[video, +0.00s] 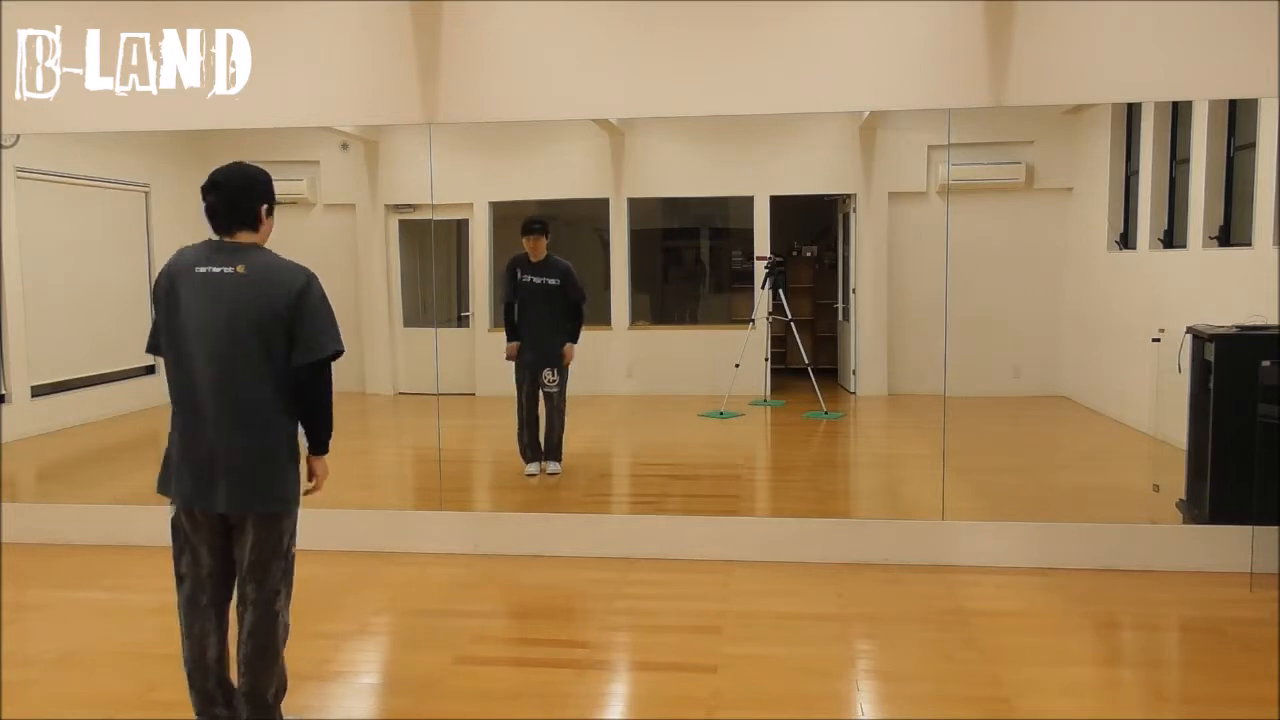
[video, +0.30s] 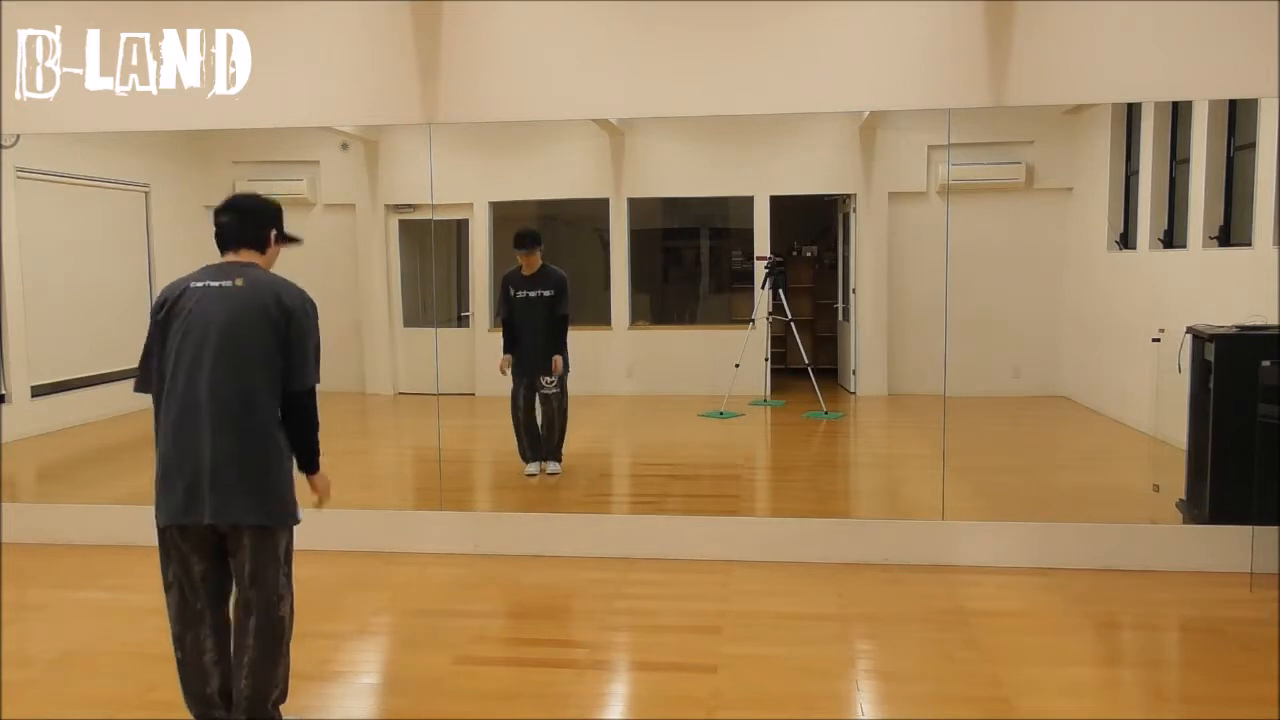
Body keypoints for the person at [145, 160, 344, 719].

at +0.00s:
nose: (273, 217)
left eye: (271, 209)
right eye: (273, 210)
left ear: (210, 214)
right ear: (265, 215)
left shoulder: (177, 271)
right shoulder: (295, 282)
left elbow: (170, 360)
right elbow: (313, 381)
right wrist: (318, 450)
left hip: (193, 467)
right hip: (267, 468)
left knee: (199, 598)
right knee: (265, 598)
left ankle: (213, 710)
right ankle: (260, 709)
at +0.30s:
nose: (281, 250)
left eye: (280, 243)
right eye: (280, 242)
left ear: (219, 241)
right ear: (270, 242)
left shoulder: (174, 296)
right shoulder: (289, 300)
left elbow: (159, 391)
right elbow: (298, 399)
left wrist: (185, 460)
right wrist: (312, 467)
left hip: (180, 487)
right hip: (257, 486)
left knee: (194, 611)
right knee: (263, 605)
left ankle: (210, 711)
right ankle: (257, 710)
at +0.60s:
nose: (304, 305)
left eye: (307, 299)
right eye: (306, 298)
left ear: (257, 276)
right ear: (297, 287)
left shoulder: (187, 300)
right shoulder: (296, 300)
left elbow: (163, 391)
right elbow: (318, 394)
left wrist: (157, 466)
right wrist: (333, 471)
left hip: (175, 471)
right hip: (246, 464)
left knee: (198, 607)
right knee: (299, 554)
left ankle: (220, 711)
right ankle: (285, 667)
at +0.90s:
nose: (320, 302)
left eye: (321, 297)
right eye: (321, 297)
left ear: (271, 277)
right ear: (312, 287)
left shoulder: (215, 301)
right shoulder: (313, 305)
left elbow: (192, 392)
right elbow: (332, 398)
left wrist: (181, 468)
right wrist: (342, 474)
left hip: (198, 471)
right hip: (269, 470)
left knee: (208, 596)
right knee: (295, 584)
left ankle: (218, 706)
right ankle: (291, 695)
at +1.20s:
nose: (325, 304)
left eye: (326, 298)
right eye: (325, 298)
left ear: (277, 275)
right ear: (316, 286)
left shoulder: (216, 297)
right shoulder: (315, 298)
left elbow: (200, 375)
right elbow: (330, 386)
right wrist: (338, 459)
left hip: (193, 467)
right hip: (264, 465)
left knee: (204, 597)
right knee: (293, 577)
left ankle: (213, 708)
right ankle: (303, 686)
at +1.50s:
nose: (335, 318)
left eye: (337, 312)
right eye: (338, 311)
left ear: (289, 293)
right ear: (330, 300)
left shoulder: (239, 323)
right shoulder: (329, 331)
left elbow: (210, 414)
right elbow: (347, 416)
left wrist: (208, 495)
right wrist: (352, 497)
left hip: (228, 466)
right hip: (291, 468)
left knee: (256, 552)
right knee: (307, 587)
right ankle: (297, 692)